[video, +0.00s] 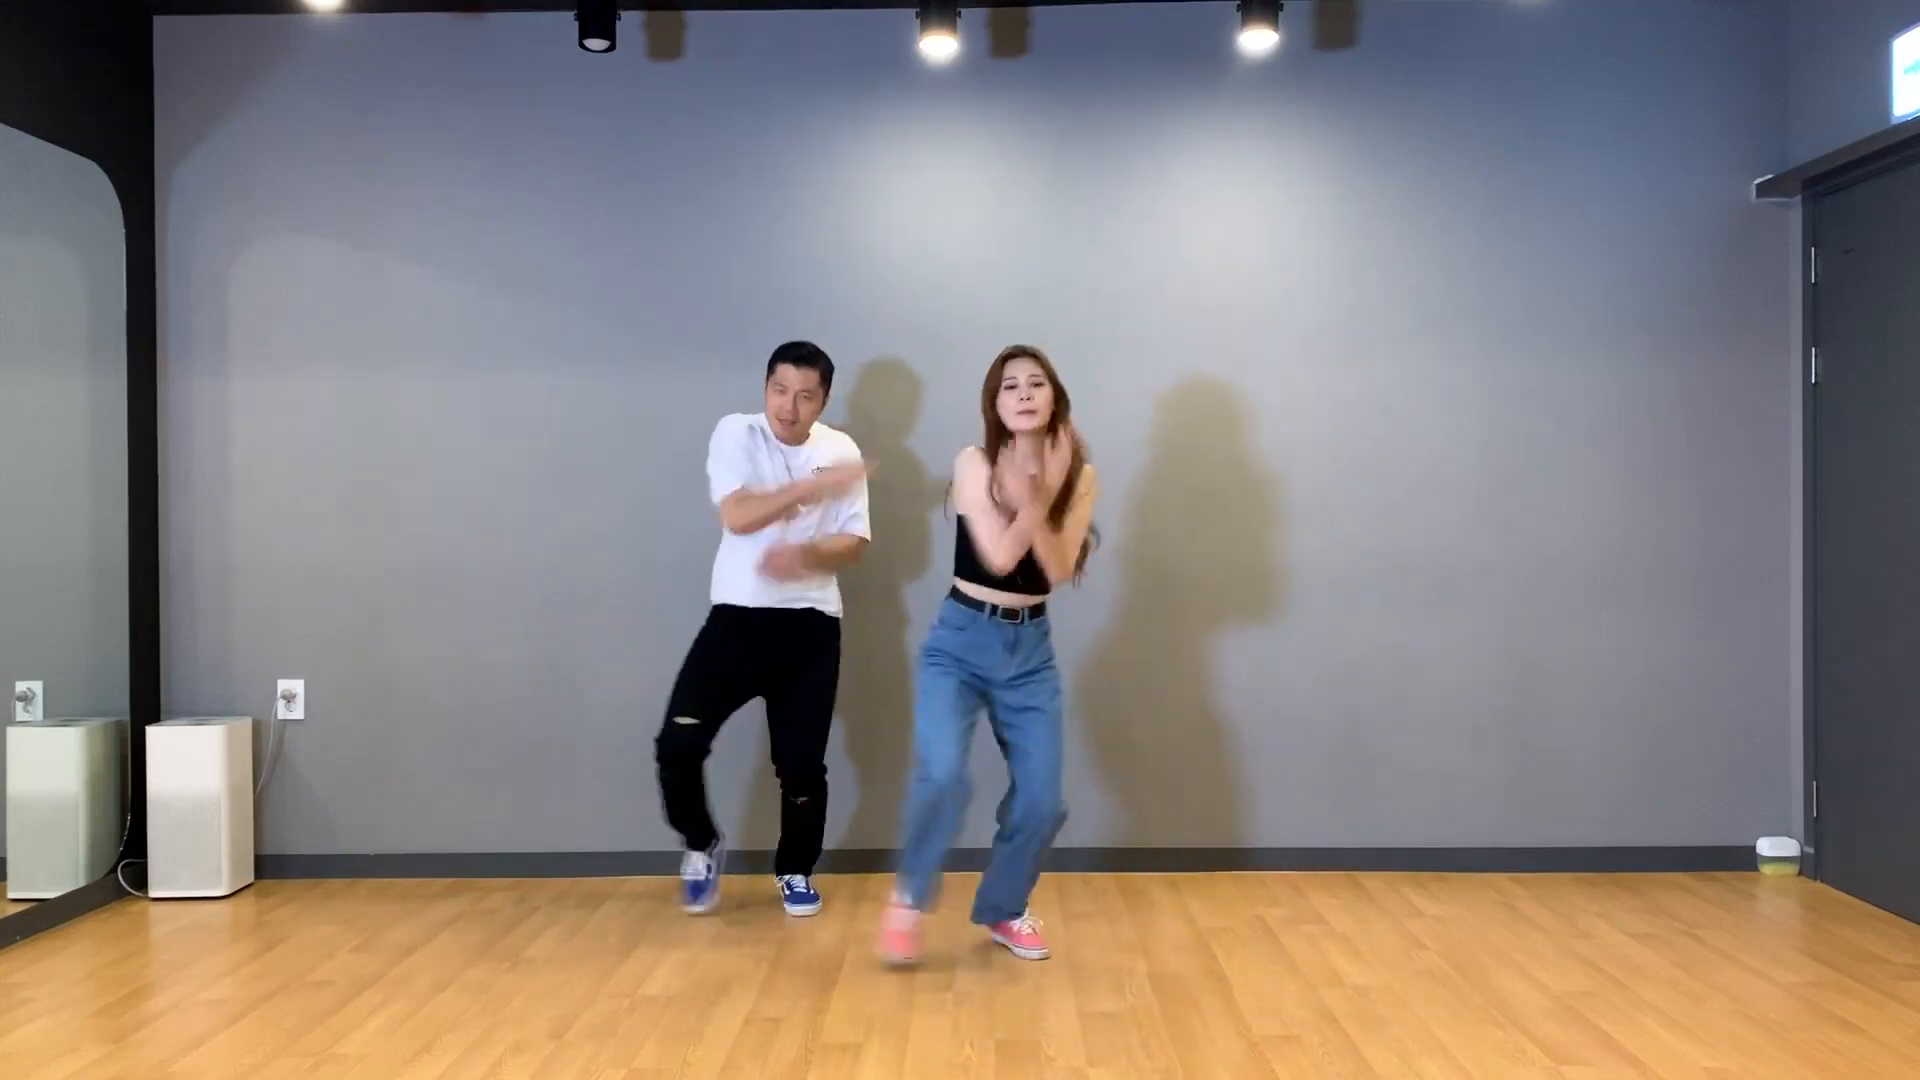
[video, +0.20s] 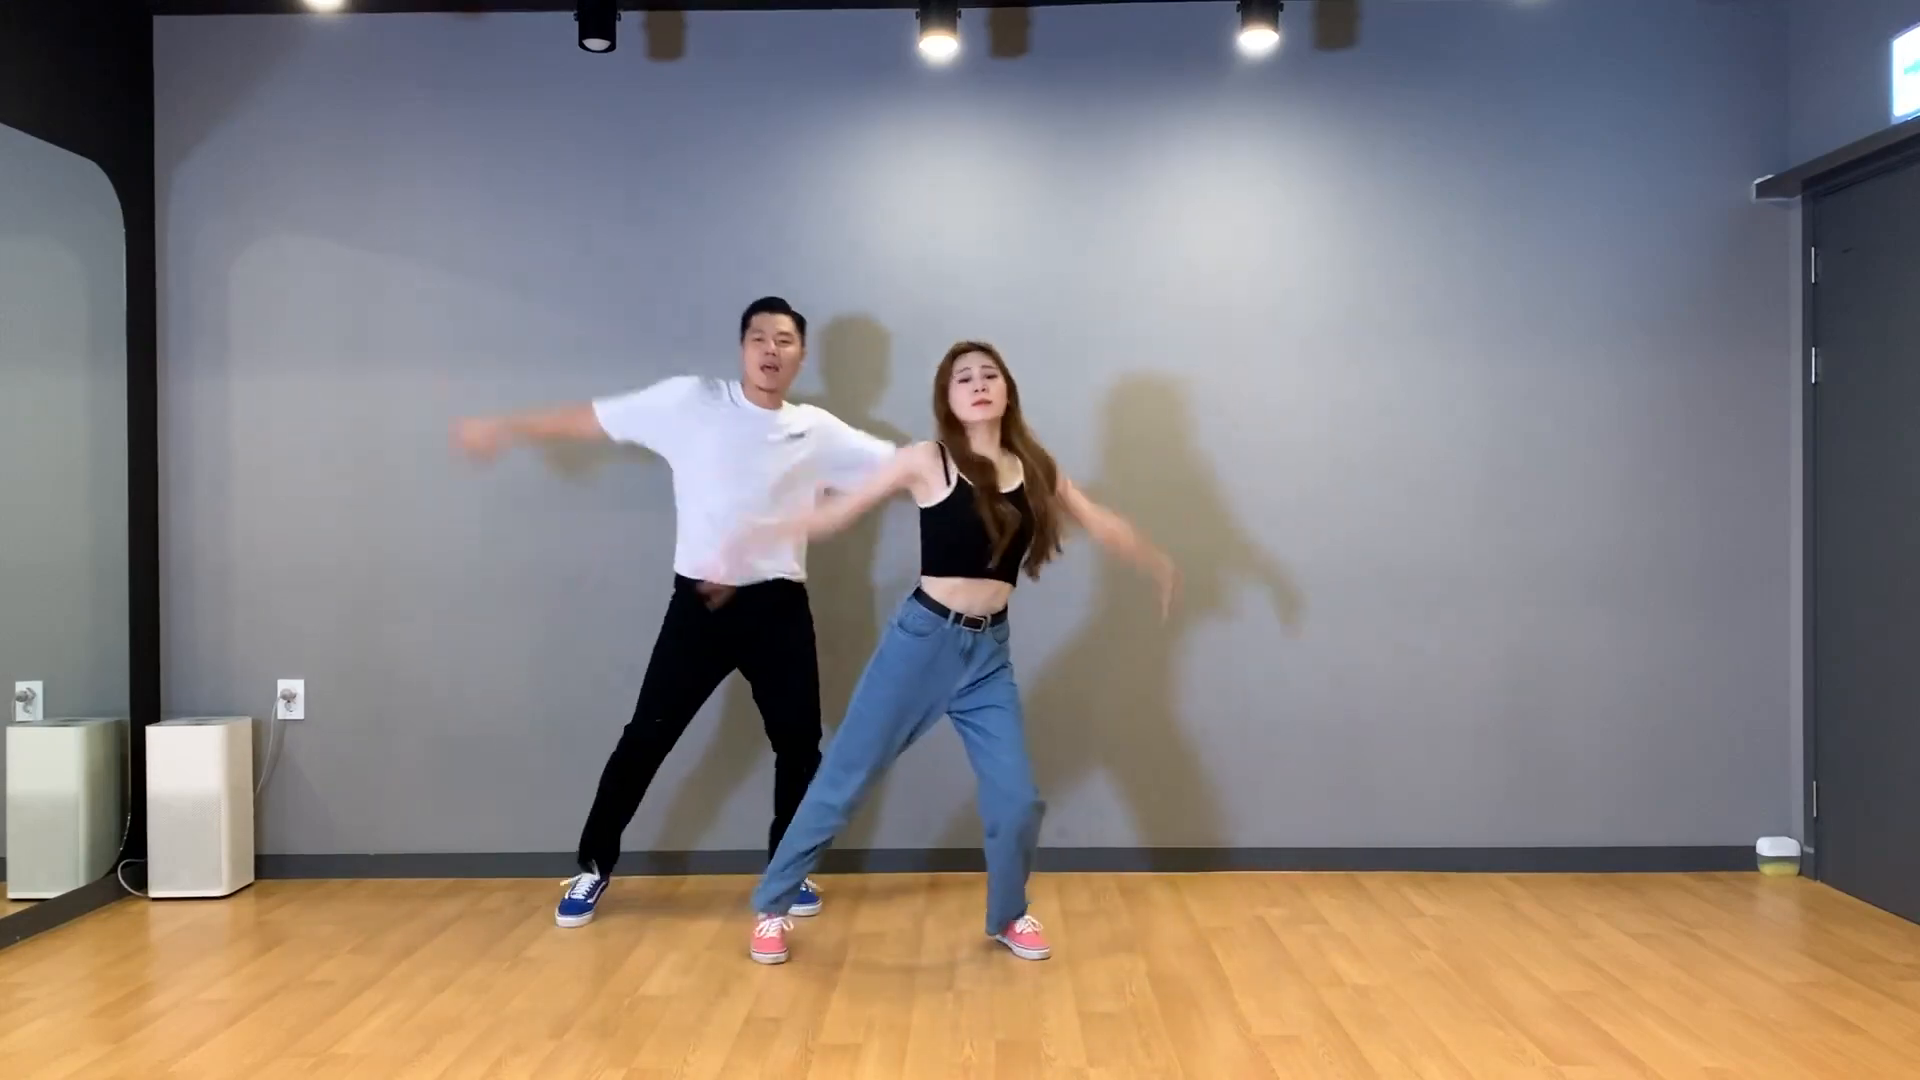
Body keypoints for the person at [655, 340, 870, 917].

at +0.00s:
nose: (789, 406)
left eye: (804, 396)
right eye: (780, 390)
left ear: (823, 399)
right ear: (766, 388)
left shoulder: (842, 452)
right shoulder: (737, 431)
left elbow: (854, 543)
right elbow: (736, 514)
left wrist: (806, 555)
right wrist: (817, 485)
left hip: (809, 626)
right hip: (737, 619)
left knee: (801, 763)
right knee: (677, 744)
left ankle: (796, 872)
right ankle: (702, 847)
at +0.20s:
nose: (772, 349)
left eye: (785, 340)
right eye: (760, 338)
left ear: (801, 355)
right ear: (741, 349)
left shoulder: (817, 431)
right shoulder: (689, 402)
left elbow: (913, 472)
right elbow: (591, 419)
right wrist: (504, 429)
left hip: (778, 607)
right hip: (699, 604)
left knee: (800, 745)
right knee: (646, 737)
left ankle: (787, 877)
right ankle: (592, 870)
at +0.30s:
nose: (752, 339)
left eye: (763, 330)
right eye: (739, 330)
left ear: (780, 344)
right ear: (718, 342)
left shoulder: (803, 409)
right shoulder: (665, 386)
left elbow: (898, 401)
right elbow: (569, 350)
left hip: (764, 600)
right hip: (686, 599)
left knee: (785, 742)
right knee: (641, 735)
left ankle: (769, 879)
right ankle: (591, 871)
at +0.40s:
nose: (733, 336)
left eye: (745, 326)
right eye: (721, 326)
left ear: (762, 340)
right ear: (700, 341)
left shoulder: (787, 397)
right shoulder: (655, 380)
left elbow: (859, 358)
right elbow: (573, 314)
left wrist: (922, 316)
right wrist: (505, 265)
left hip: (753, 599)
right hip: (675, 599)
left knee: (787, 734)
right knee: (632, 734)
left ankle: (766, 875)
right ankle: (586, 871)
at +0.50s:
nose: (722, 340)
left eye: (734, 331)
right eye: (707, 331)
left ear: (751, 344)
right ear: (688, 346)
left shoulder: (771, 398)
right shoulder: (656, 393)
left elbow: (824, 325)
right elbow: (606, 305)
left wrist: (874, 251)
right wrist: (555, 225)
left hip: (744, 601)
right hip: (664, 602)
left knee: (805, 729)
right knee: (618, 738)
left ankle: (787, 861)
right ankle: (576, 873)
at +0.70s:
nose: (711, 376)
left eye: (722, 365)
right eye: (699, 367)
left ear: (740, 371)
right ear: (683, 377)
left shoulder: (762, 432)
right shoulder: (669, 434)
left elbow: (787, 391)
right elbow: (646, 406)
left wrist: (752, 314)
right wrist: (653, 321)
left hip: (734, 619)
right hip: (657, 613)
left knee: (775, 754)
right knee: (609, 746)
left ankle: (814, 868)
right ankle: (578, 878)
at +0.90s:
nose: (722, 397)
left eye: (733, 384)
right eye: (709, 385)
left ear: (754, 385)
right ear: (695, 391)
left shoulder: (792, 451)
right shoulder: (675, 461)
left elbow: (796, 528)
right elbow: (675, 535)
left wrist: (786, 448)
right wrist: (629, 461)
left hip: (754, 630)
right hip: (679, 621)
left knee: (769, 772)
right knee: (624, 747)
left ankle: (807, 881)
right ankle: (580, 879)